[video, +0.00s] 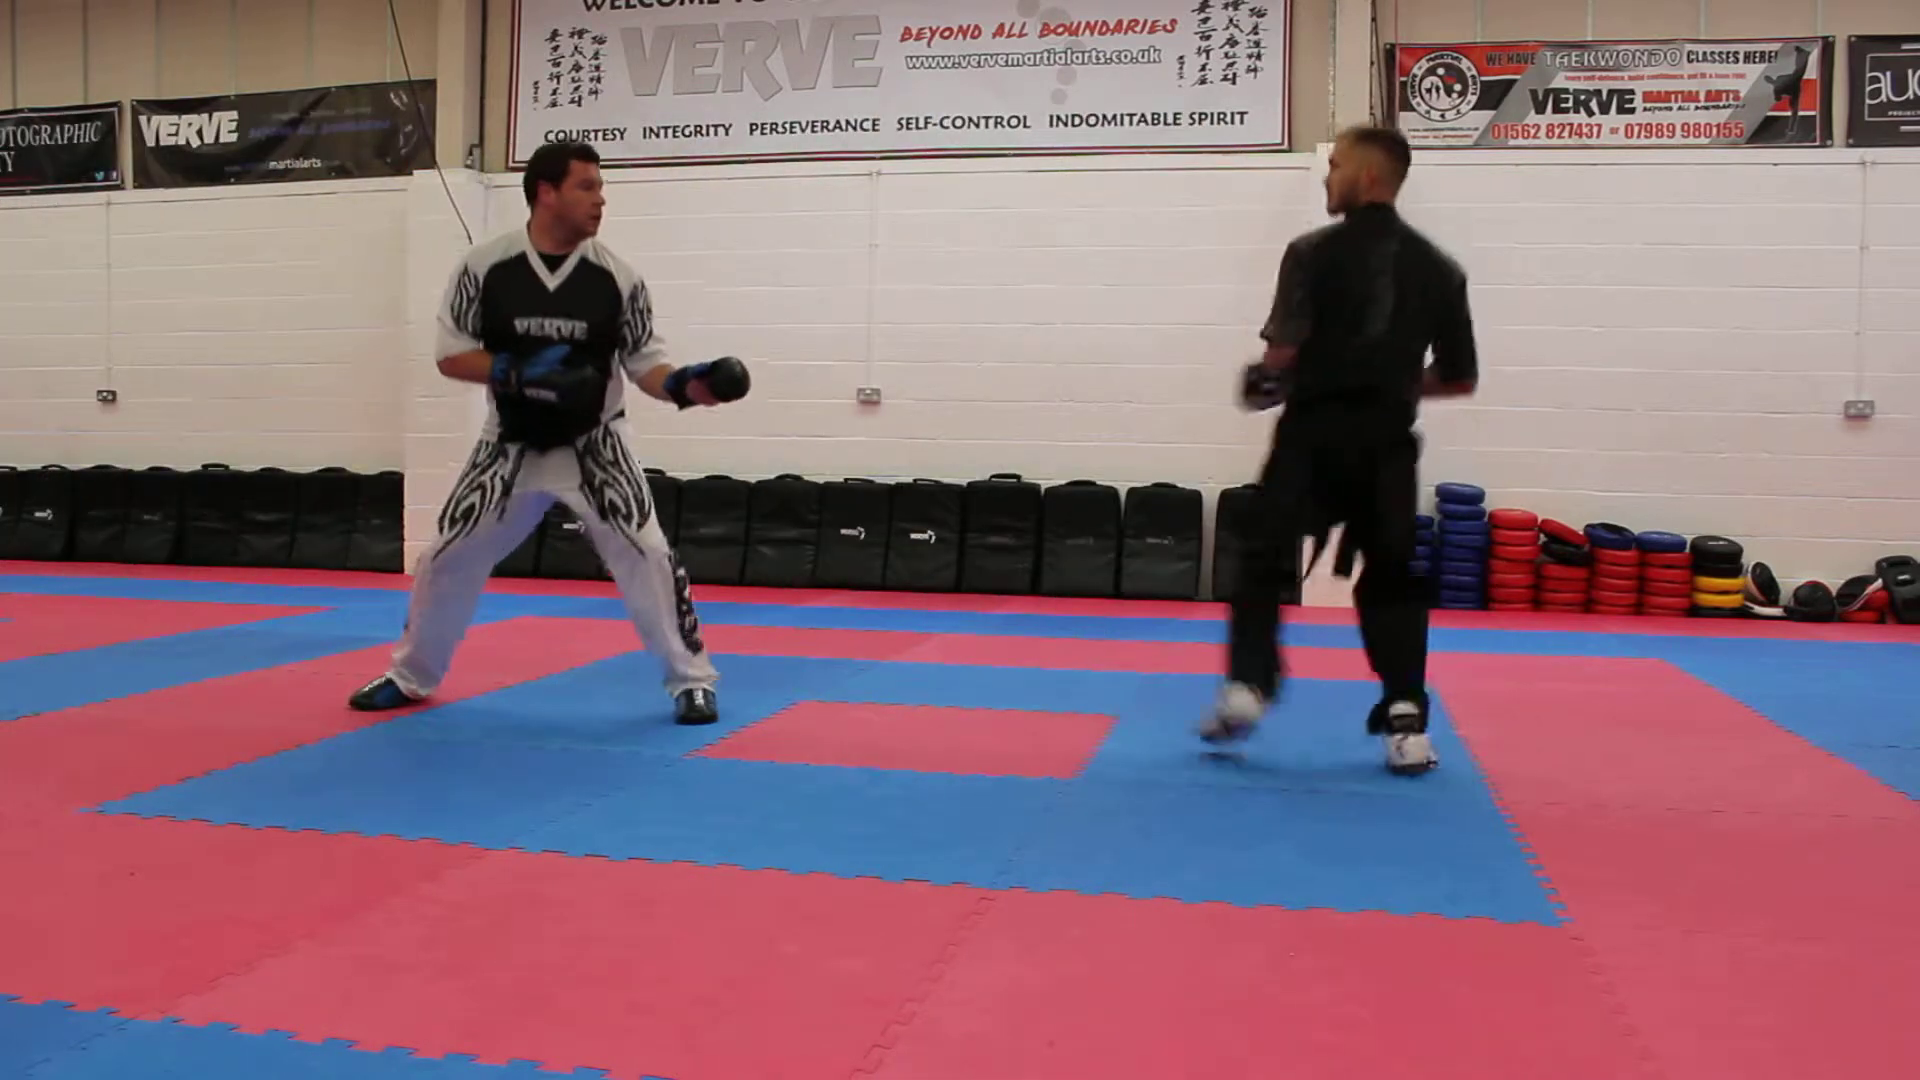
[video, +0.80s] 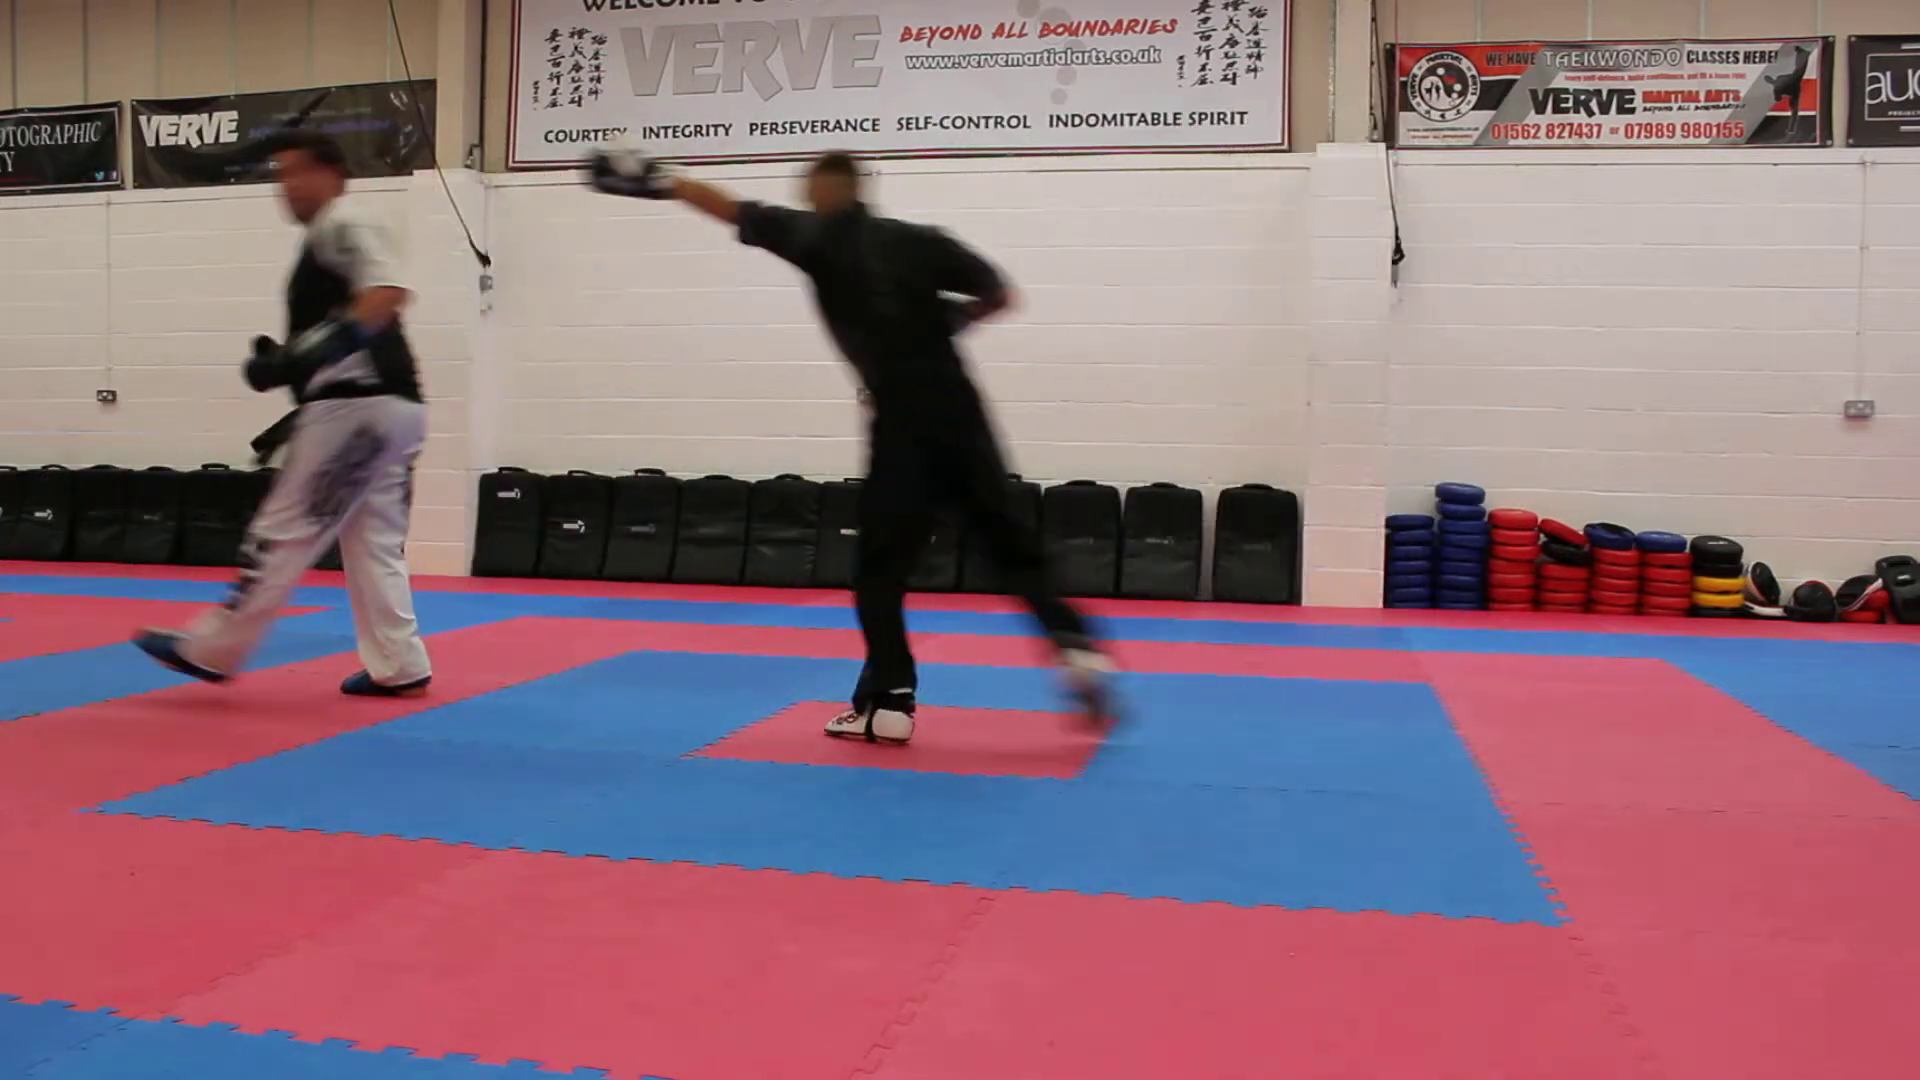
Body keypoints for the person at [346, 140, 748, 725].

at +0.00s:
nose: (600, 199)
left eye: (600, 188)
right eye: (587, 188)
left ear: (592, 195)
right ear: (544, 194)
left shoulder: (618, 278)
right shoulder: (483, 267)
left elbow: (644, 364)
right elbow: (451, 355)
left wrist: (682, 385)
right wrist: (514, 369)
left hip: (595, 448)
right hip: (509, 450)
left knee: (646, 555)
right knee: (446, 559)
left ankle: (691, 680)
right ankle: (412, 676)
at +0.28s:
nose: (579, 223)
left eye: (579, 212)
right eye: (566, 212)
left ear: (572, 219)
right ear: (525, 219)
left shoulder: (600, 298)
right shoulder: (475, 298)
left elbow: (645, 381)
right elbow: (447, 388)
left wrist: (681, 374)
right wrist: (493, 411)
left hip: (590, 462)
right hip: (510, 463)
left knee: (640, 568)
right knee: (430, 559)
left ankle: (694, 685)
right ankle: (406, 674)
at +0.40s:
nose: (524, 216)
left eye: (526, 204)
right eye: (512, 203)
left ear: (527, 210)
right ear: (474, 209)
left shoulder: (546, 285)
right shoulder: (430, 294)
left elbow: (602, 362)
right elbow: (405, 367)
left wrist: (595, 335)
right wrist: (433, 402)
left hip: (545, 449)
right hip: (472, 455)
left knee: (606, 561)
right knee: (391, 540)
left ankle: (692, 680)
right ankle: (403, 672)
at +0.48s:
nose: (485, 201)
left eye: (488, 190)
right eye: (473, 189)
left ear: (488, 196)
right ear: (435, 194)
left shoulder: (504, 263)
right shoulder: (395, 281)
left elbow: (568, 337)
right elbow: (374, 354)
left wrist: (534, 311)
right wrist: (390, 380)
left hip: (510, 423)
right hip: (447, 437)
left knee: (549, 540)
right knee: (379, 534)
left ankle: (649, 656)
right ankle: (398, 668)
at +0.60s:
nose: (425, 183)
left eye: (430, 172)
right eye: (412, 172)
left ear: (435, 177)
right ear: (378, 178)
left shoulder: (449, 242)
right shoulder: (351, 267)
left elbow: (503, 311)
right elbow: (340, 351)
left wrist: (463, 298)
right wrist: (342, 370)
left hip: (462, 398)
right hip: (404, 410)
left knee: (420, 521)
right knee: (370, 538)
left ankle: (490, 640)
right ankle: (394, 664)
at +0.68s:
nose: (388, 180)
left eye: (394, 169)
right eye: (374, 168)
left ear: (400, 175)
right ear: (342, 175)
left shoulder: (413, 232)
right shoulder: (331, 260)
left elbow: (462, 301)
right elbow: (333, 340)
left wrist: (391, 301)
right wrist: (314, 363)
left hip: (425, 393)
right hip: (382, 400)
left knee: (344, 516)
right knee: (388, 530)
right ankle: (400, 654)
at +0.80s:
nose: (284, 188)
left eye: (293, 174)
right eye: (280, 177)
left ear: (330, 175)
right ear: (292, 180)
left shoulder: (346, 224)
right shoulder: (324, 242)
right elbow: (336, 351)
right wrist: (294, 425)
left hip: (356, 409)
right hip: (386, 412)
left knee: (282, 533)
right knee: (374, 546)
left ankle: (213, 649)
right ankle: (399, 665)